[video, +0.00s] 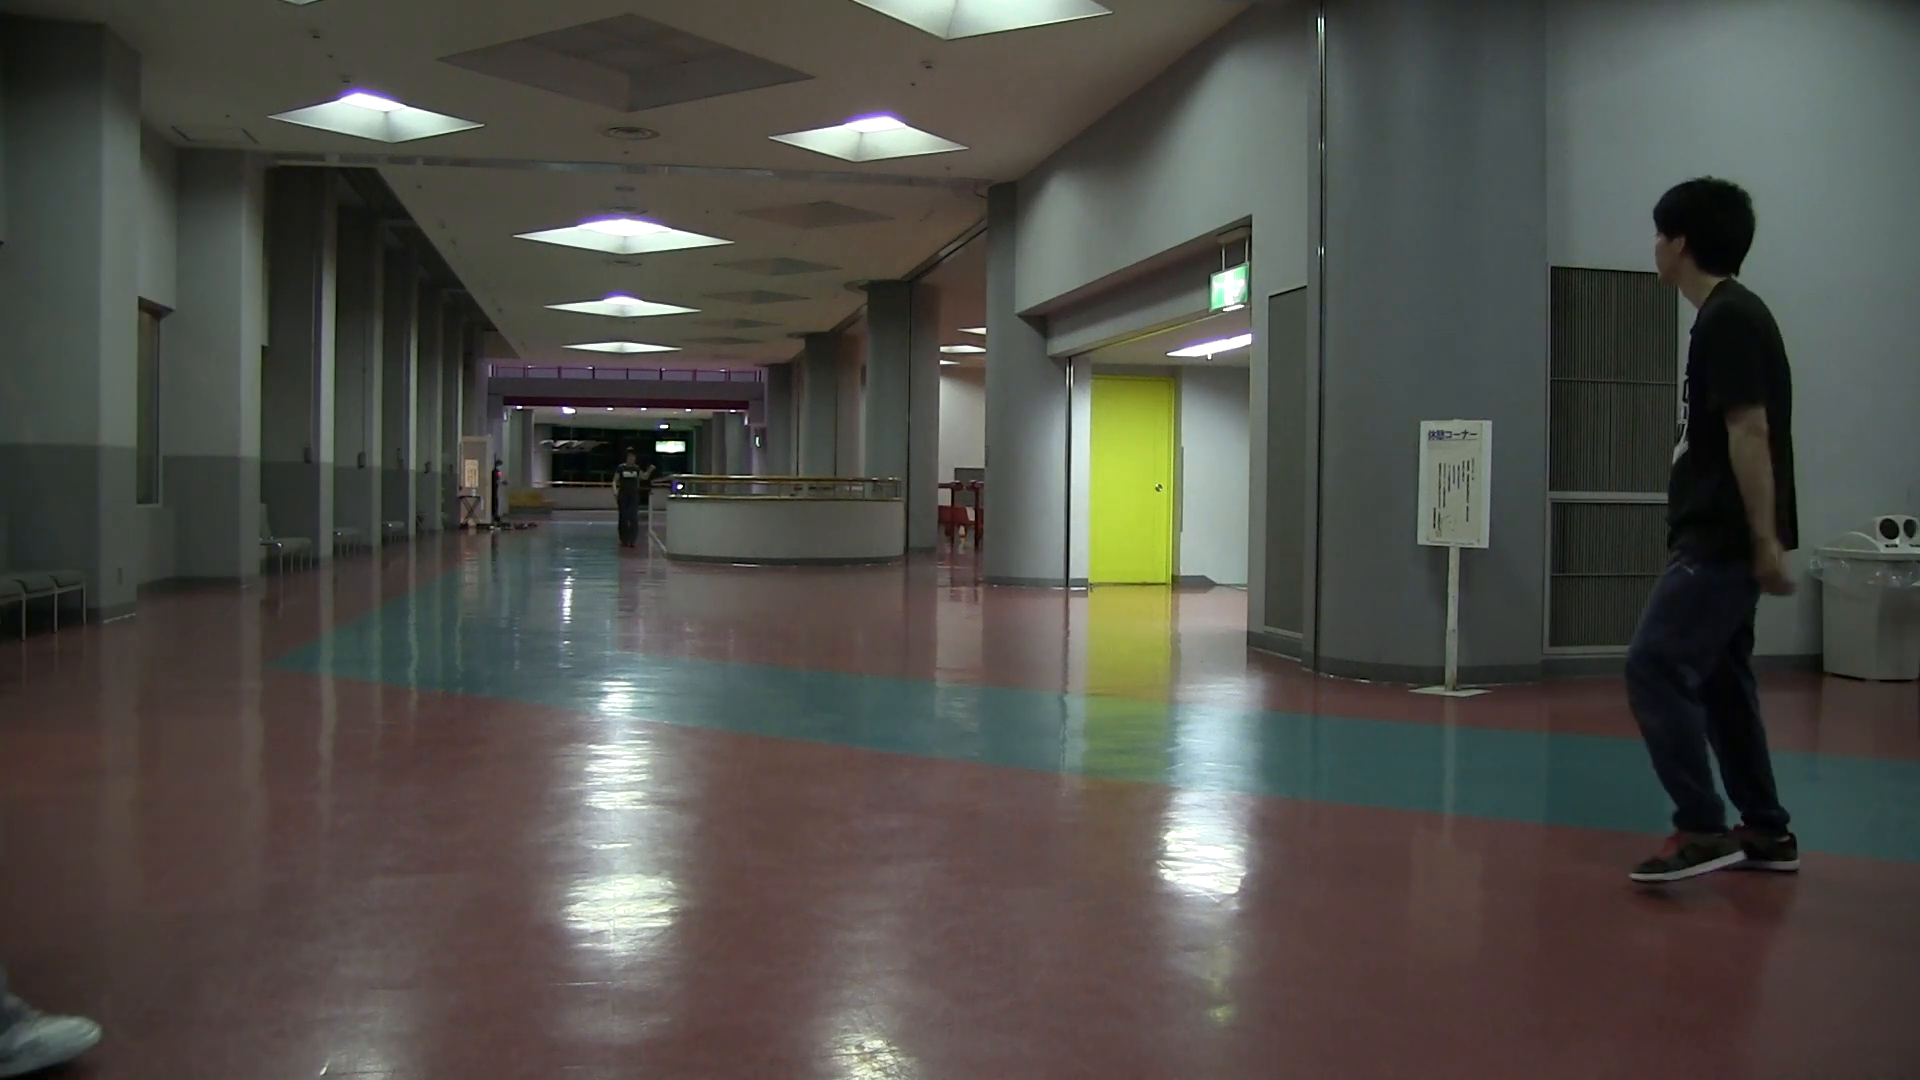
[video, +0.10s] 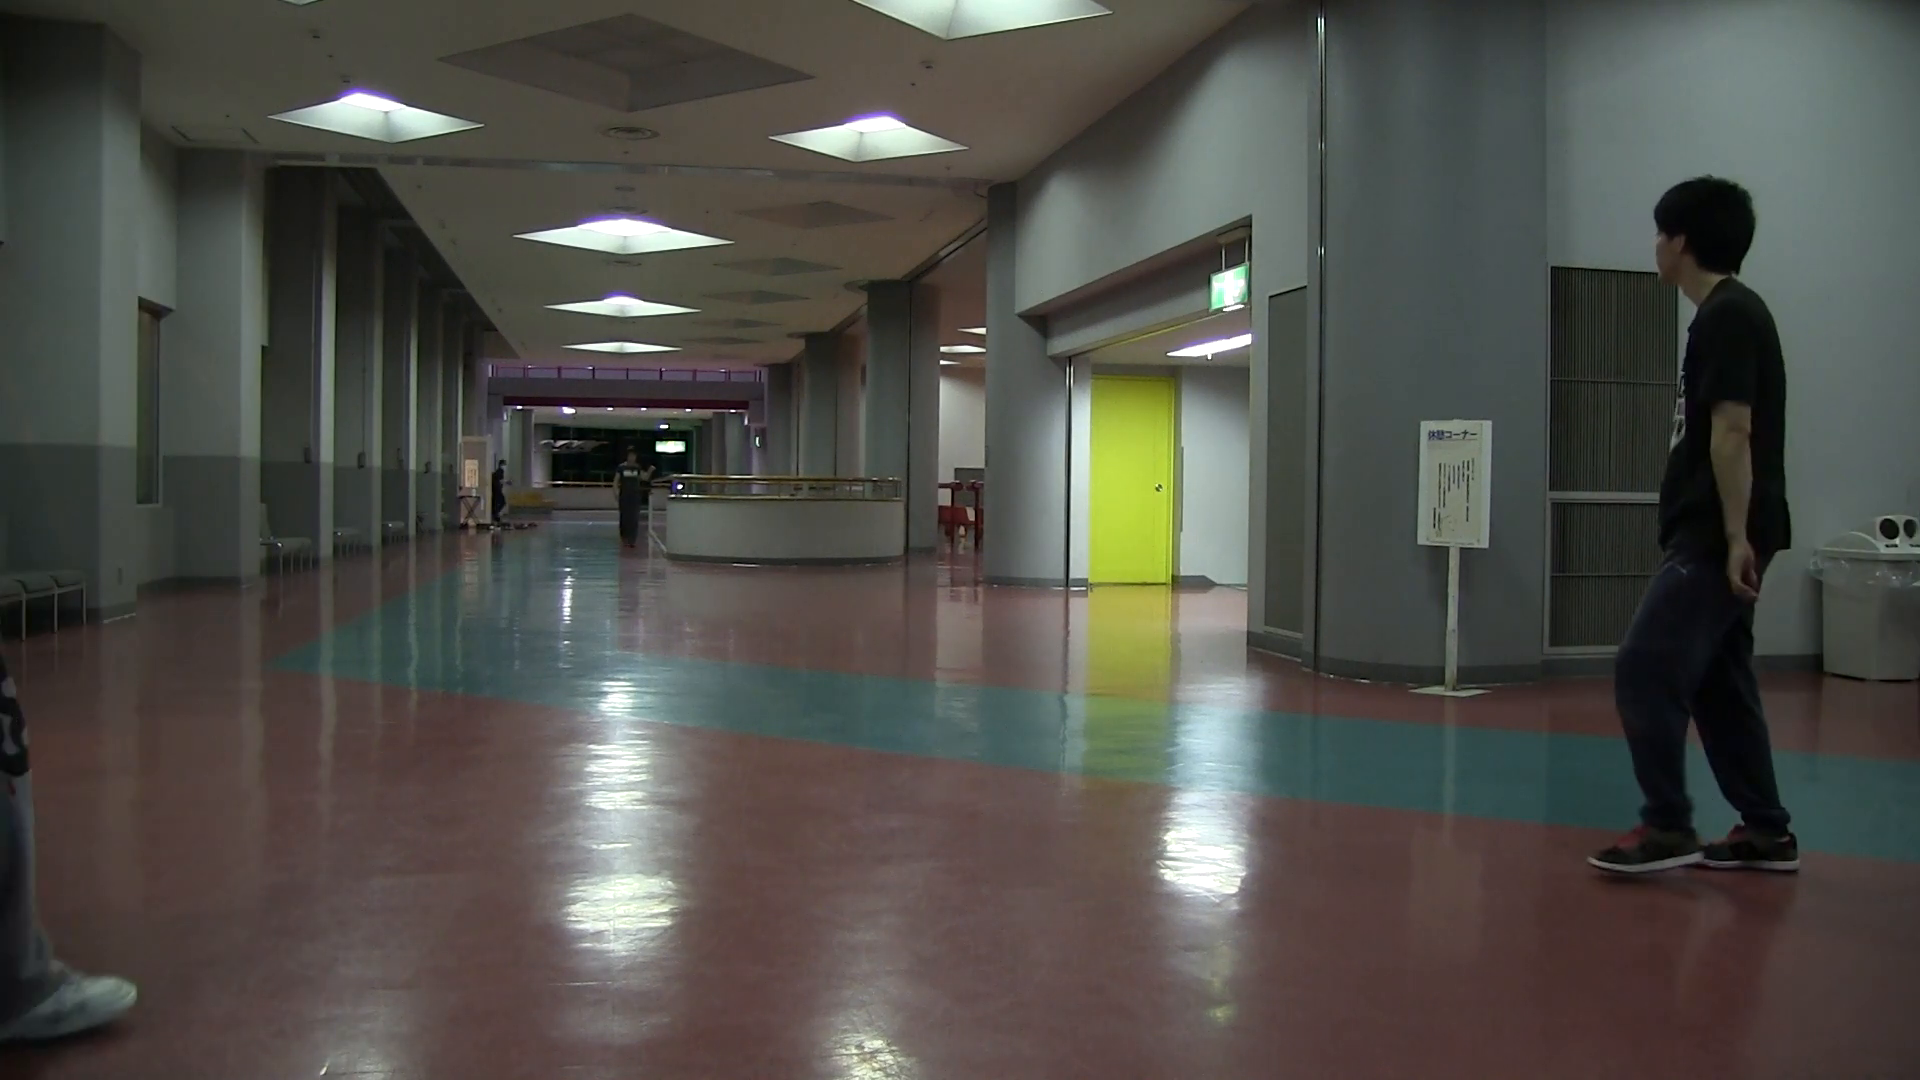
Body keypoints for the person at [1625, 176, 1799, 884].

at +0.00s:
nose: (1654, 251)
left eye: (1658, 238)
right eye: (1656, 237)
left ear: (1681, 245)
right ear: (1715, 247)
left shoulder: (1730, 320)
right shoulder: (1727, 316)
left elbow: (1749, 432)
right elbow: (1735, 434)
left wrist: (1766, 539)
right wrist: (1707, 533)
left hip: (1718, 542)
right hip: (1719, 538)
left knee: (1654, 671)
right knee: (1723, 680)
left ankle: (1702, 832)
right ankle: (1766, 832)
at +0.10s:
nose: (1655, 246)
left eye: (1660, 234)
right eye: (1658, 233)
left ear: (1684, 242)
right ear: (1719, 242)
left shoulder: (1728, 318)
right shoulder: (1729, 314)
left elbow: (1733, 432)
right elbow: (1727, 435)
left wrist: (1737, 536)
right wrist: (1704, 530)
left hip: (1713, 540)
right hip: (1719, 535)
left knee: (1644, 669)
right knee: (1721, 684)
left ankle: (1667, 827)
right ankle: (1764, 828)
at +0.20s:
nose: (1649, 245)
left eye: (1654, 232)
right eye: (1653, 232)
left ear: (1676, 241)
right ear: (1708, 242)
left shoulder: (1721, 317)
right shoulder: (1717, 315)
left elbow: (1727, 429)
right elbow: (1717, 432)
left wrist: (1716, 536)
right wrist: (1697, 531)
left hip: (1710, 542)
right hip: (1715, 540)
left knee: (1639, 674)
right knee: (1726, 689)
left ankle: (1623, 824)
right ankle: (1766, 830)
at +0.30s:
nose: (1636, 245)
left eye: (1642, 233)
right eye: (1640, 232)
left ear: (1667, 243)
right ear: (1691, 244)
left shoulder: (1710, 317)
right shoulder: (1705, 315)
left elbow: (1721, 432)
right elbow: (1712, 433)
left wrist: (1700, 538)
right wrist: (1682, 530)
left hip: (1707, 541)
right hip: (1711, 539)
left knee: (1639, 677)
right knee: (1722, 688)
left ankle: (1586, 821)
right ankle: (1765, 830)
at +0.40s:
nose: (1617, 247)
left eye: (1627, 235)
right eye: (1621, 235)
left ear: (1657, 246)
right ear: (1666, 246)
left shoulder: (1699, 322)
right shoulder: (1680, 322)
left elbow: (1710, 438)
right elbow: (1690, 439)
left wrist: (1681, 544)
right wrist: (1665, 534)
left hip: (1698, 546)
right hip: (1693, 545)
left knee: (1635, 686)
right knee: (1714, 690)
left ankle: (1571, 824)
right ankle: (1764, 828)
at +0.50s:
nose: (1604, 247)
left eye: (1616, 235)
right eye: (1607, 233)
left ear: (1656, 245)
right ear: (1647, 248)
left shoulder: (1686, 323)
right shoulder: (1654, 324)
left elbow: (1697, 442)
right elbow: (1659, 439)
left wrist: (1669, 547)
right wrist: (1643, 535)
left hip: (1679, 544)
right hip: (1661, 540)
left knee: (1625, 689)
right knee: (1698, 687)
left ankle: (1568, 827)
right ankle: (1761, 823)